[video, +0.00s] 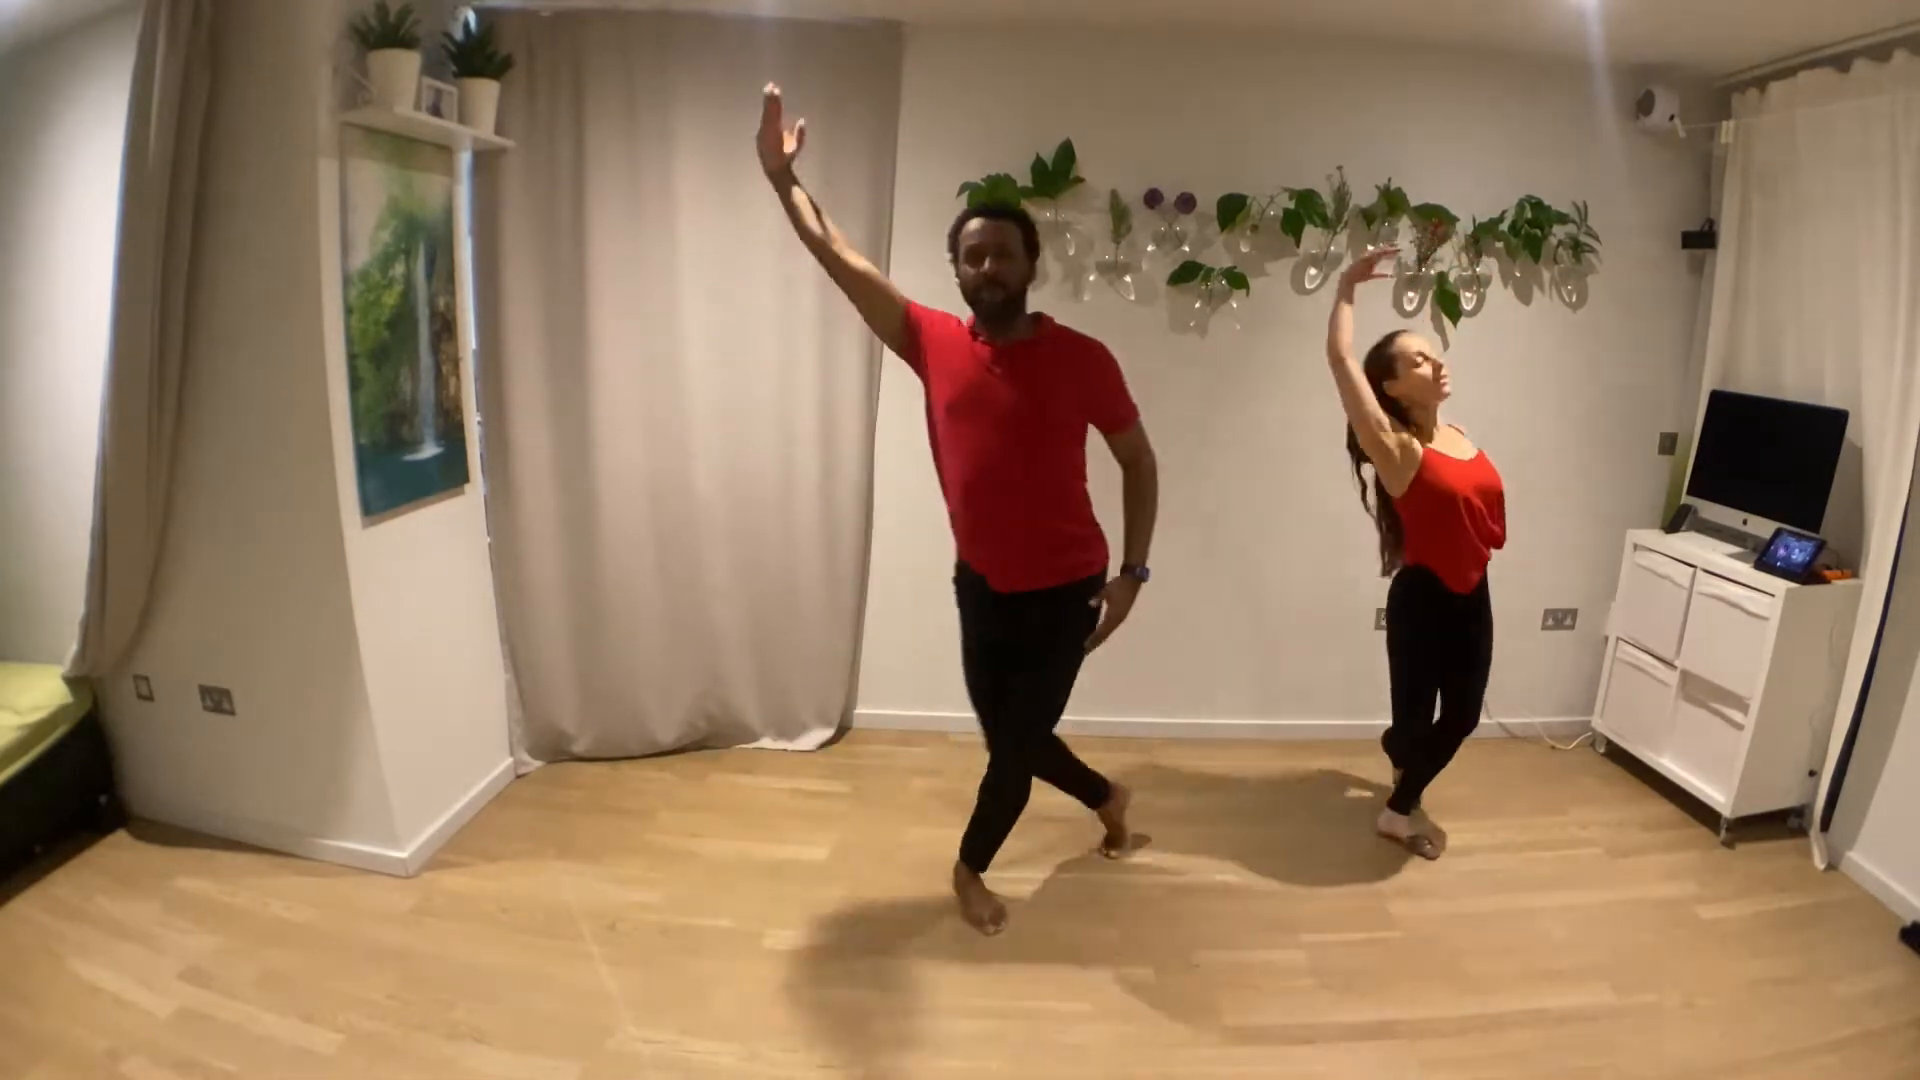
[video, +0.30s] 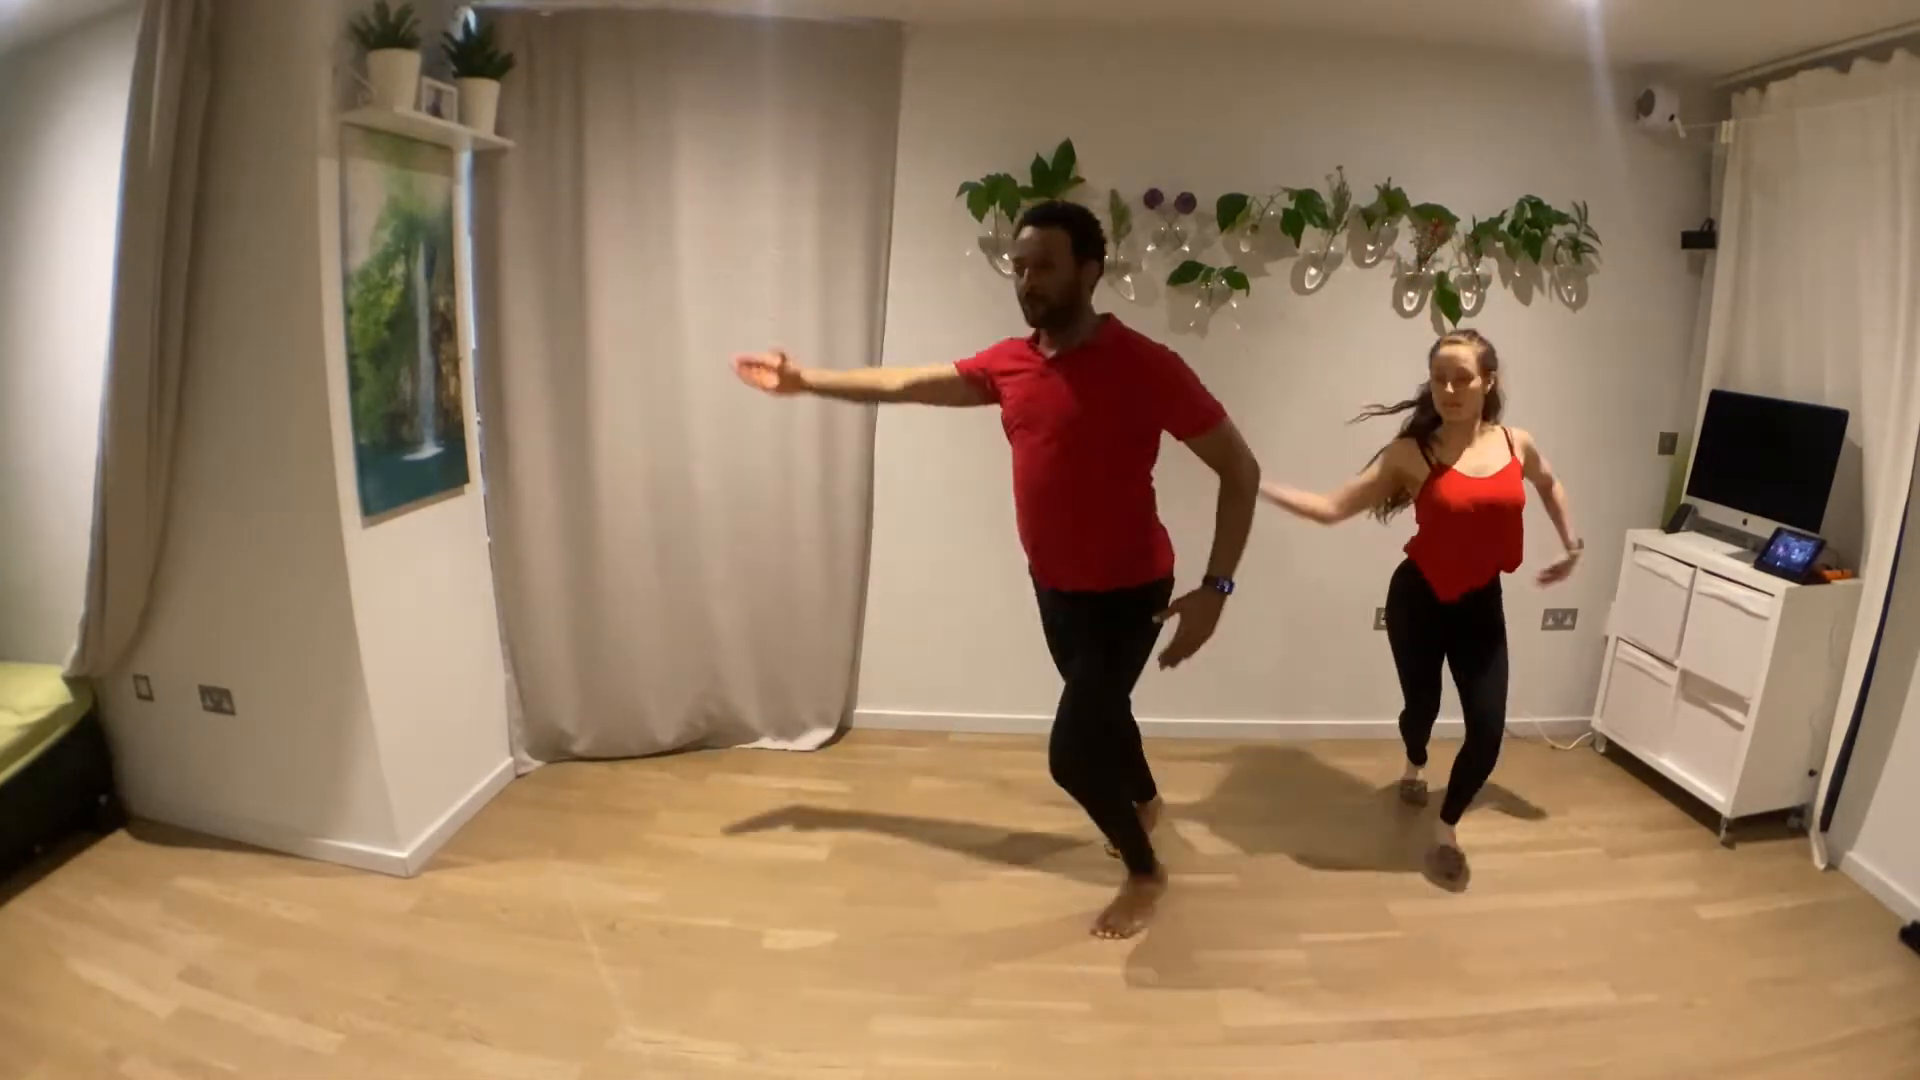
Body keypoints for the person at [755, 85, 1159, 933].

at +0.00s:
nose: (984, 270)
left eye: (999, 254)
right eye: (970, 257)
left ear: (1033, 266)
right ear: (954, 271)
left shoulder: (1079, 361)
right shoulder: (934, 343)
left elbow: (1139, 462)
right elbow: (840, 260)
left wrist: (1133, 571)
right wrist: (780, 172)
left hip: (1065, 582)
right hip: (983, 582)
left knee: (1021, 738)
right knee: (1012, 736)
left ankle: (970, 868)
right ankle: (1108, 797)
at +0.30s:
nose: (1024, 284)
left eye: (1042, 269)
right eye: (1017, 269)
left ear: (1091, 270)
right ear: (1012, 272)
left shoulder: (1146, 368)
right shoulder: (1010, 365)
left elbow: (1240, 469)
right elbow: (904, 384)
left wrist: (1215, 586)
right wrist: (806, 381)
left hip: (1128, 587)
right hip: (1054, 585)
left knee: (1076, 756)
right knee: (1104, 706)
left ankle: (1142, 876)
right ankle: (1140, 797)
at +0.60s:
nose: (1023, 269)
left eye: (1042, 256)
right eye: (1023, 255)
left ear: (1100, 267)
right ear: (1031, 261)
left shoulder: (1152, 370)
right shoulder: (1042, 364)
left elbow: (1170, 521)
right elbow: (992, 472)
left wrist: (1092, 634)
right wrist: (926, 569)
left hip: (1136, 598)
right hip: (1057, 587)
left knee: (1101, 758)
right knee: (992, 728)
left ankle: (1151, 885)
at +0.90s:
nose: (968, 276)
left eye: (987, 264)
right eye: (971, 261)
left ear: (1042, 279)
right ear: (979, 270)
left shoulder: (1084, 344)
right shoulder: (998, 325)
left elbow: (1178, 341)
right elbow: (958, 257)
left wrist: (1122, 373)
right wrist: (868, 218)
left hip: (1084, 620)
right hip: (997, 605)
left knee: (1072, 787)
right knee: (895, 747)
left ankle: (1152, 882)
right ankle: (821, 931)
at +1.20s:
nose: (826, 258)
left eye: (844, 243)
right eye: (832, 240)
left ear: (899, 265)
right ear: (887, 266)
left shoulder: (951, 361)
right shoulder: (868, 344)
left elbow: (1084, 380)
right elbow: (892, 256)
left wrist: (1108, 249)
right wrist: (889, 166)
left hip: (928, 636)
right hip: (845, 632)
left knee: (953, 829)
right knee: (787, 801)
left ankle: (1101, 878)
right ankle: (840, 979)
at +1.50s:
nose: (690, 279)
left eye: (705, 262)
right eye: (692, 262)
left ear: (767, 274)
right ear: (752, 275)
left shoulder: (830, 375)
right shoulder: (727, 364)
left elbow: (830, 538)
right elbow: (641, 366)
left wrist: (807, 460)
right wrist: (638, 249)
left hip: (796, 668)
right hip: (737, 655)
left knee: (606, 811)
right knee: (724, 832)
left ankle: (546, 1013)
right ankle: (837, 981)